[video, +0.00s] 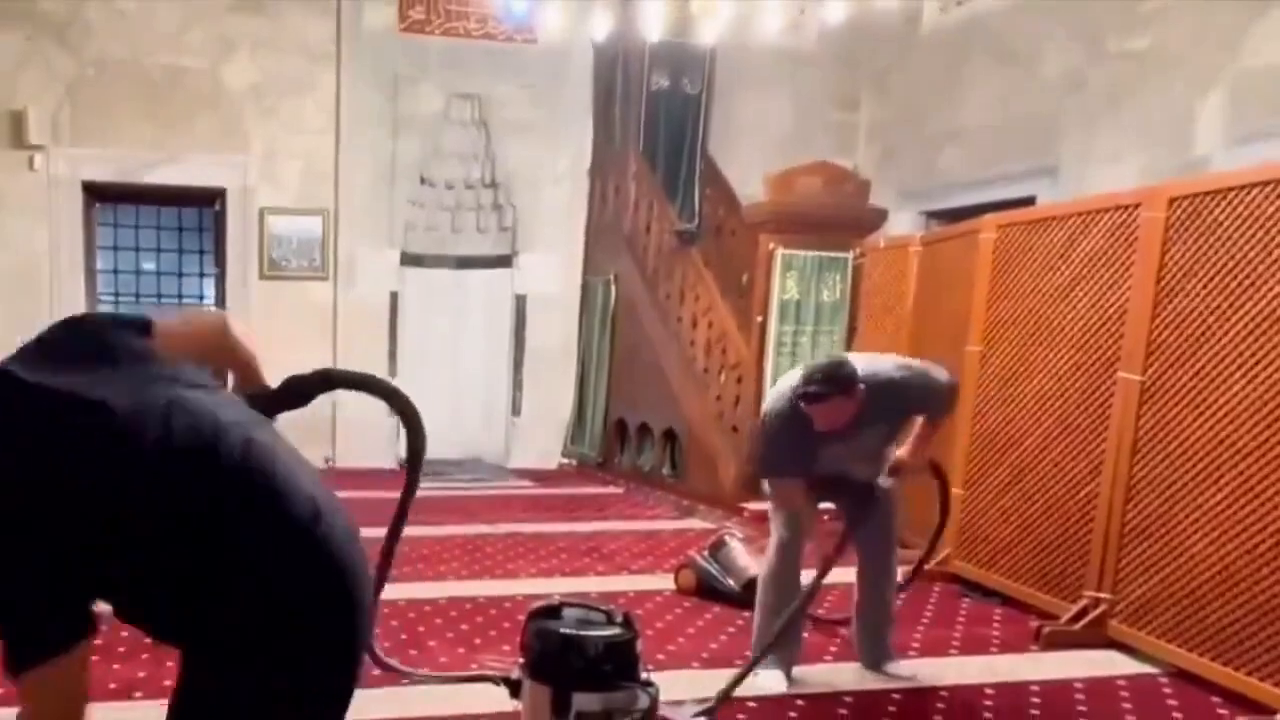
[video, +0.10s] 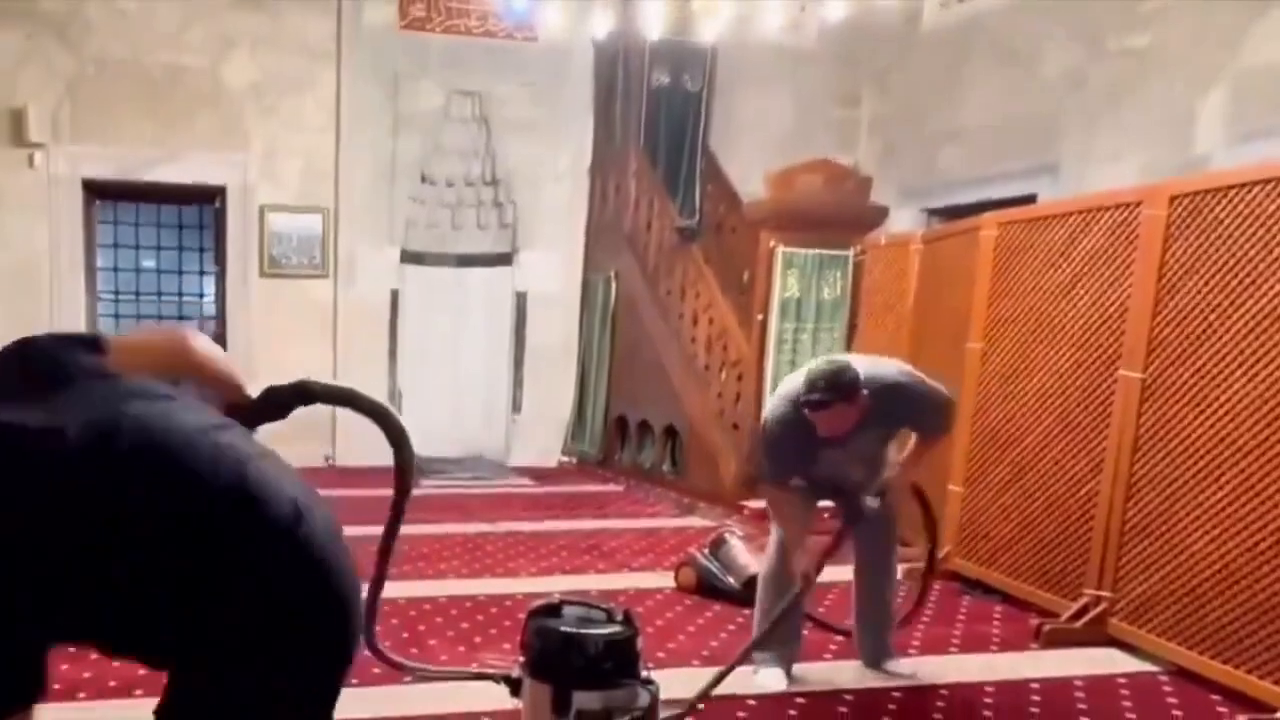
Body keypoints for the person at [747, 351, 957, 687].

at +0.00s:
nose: (815, 420)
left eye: (823, 411)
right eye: (809, 411)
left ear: (855, 397)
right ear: (804, 399)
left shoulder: (894, 383)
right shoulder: (782, 413)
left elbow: (943, 391)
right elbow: (785, 488)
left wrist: (914, 450)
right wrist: (813, 535)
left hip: (864, 475)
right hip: (801, 478)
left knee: (880, 558)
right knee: (785, 545)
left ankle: (876, 654)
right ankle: (772, 660)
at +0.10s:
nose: (820, 426)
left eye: (829, 415)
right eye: (813, 416)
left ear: (859, 401)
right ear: (805, 404)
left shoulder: (897, 388)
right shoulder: (783, 418)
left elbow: (942, 413)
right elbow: (775, 486)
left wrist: (904, 470)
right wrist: (799, 548)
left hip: (867, 481)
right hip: (806, 480)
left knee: (879, 559)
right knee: (782, 552)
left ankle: (878, 654)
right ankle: (771, 659)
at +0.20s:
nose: (824, 417)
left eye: (833, 407)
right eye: (818, 408)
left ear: (862, 399)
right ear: (810, 401)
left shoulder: (905, 392)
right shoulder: (785, 417)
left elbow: (932, 436)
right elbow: (772, 485)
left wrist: (891, 481)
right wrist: (784, 551)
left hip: (867, 475)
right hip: (803, 478)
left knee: (878, 560)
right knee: (780, 559)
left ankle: (878, 651)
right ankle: (773, 656)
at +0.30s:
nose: (828, 408)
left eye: (837, 400)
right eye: (822, 399)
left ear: (867, 392)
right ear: (814, 390)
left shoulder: (911, 384)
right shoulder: (790, 405)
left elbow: (932, 427)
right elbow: (771, 473)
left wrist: (893, 470)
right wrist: (783, 537)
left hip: (865, 472)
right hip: (803, 474)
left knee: (880, 553)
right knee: (781, 550)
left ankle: (878, 647)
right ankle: (773, 652)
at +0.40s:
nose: (828, 398)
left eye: (837, 389)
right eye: (822, 389)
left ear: (868, 382)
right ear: (815, 379)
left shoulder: (910, 369)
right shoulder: (793, 395)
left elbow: (948, 387)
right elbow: (772, 463)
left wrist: (909, 443)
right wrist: (806, 521)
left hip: (872, 466)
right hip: (808, 469)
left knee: (880, 553)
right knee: (785, 548)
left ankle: (879, 645)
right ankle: (773, 649)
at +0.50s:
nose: (826, 397)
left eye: (835, 388)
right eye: (822, 388)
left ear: (868, 379)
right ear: (816, 379)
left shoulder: (907, 361)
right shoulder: (793, 392)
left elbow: (957, 351)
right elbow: (786, 458)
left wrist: (926, 417)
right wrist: (823, 501)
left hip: (874, 458)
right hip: (810, 461)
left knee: (881, 546)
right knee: (786, 540)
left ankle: (879, 641)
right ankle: (776, 645)